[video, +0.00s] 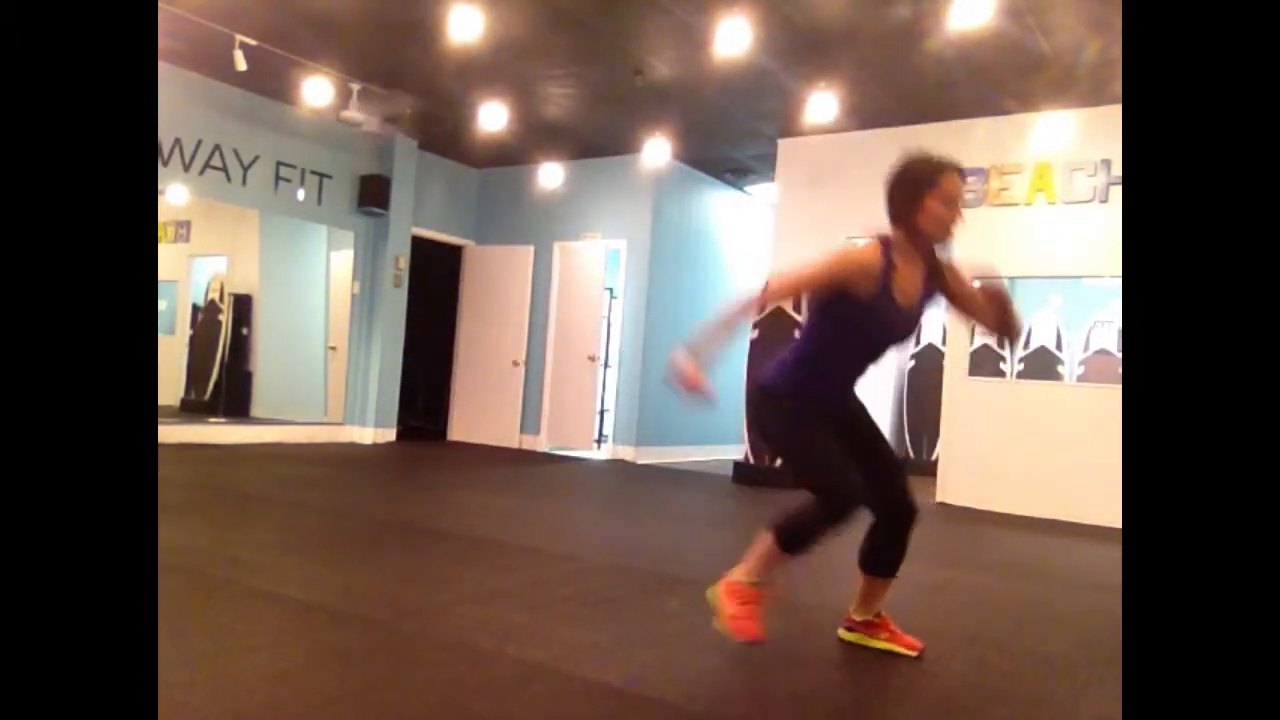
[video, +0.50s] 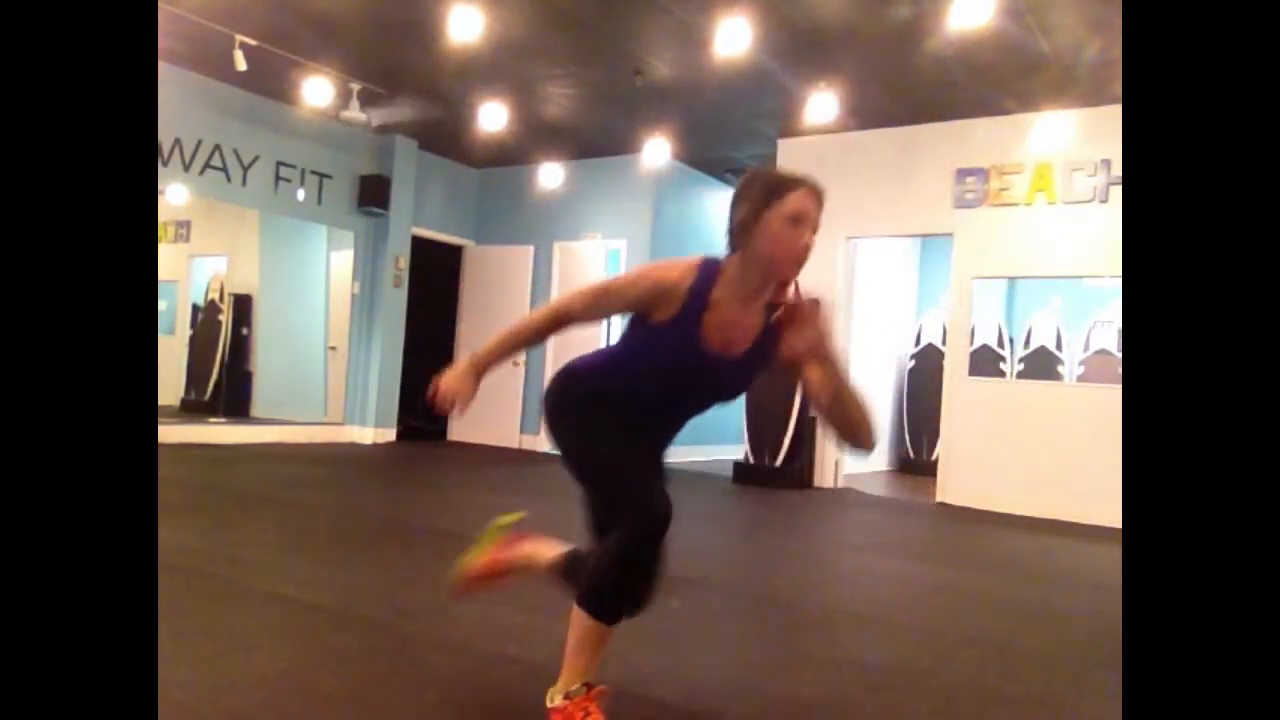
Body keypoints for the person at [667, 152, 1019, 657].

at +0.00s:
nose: (957, 215)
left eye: (959, 204)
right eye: (948, 202)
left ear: (931, 210)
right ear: (914, 204)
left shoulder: (935, 272)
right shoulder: (864, 261)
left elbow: (1001, 328)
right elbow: (767, 295)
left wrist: (998, 302)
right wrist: (697, 353)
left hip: (836, 398)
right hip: (785, 395)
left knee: (896, 506)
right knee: (840, 494)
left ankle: (864, 616)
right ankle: (739, 583)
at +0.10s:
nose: (938, 162)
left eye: (941, 150)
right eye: (929, 148)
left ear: (920, 160)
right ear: (891, 152)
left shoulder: (919, 225)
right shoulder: (838, 210)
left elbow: (1002, 279)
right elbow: (729, 235)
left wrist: (966, 240)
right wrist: (651, 281)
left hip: (805, 362)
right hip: (758, 352)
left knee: (838, 477)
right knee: (776, 458)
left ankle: (868, 607)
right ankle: (677, 583)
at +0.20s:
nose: (913, 140)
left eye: (918, 128)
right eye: (902, 124)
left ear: (911, 139)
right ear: (859, 127)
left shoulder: (891, 210)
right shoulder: (806, 183)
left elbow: (976, 268)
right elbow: (690, 200)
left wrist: (940, 219)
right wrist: (601, 246)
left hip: (773, 343)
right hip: (717, 328)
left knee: (800, 455)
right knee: (714, 451)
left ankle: (824, 574)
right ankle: (625, 608)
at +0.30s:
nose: (879, 152)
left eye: (883, 139)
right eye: (868, 137)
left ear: (873, 150)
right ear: (824, 143)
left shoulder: (854, 231)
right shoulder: (761, 195)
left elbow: (944, 300)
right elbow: (643, 212)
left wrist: (909, 238)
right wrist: (552, 255)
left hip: (725, 365)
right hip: (667, 347)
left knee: (765, 490)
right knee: (664, 479)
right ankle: (596, 668)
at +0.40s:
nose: (835, 198)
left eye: (842, 186)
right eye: (823, 182)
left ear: (844, 198)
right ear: (783, 183)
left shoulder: (815, 287)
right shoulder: (712, 244)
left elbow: (898, 366)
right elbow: (600, 264)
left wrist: (860, 301)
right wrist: (503, 305)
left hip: (678, 410)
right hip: (620, 383)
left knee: (697, 547)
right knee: (647, 518)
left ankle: (617, 528)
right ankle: (577, 687)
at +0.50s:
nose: (807, 239)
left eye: (813, 229)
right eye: (795, 222)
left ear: (812, 241)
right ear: (750, 222)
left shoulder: (791, 326)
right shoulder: (680, 282)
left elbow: (861, 437)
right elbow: (564, 312)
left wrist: (818, 358)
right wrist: (473, 367)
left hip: (644, 434)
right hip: (586, 402)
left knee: (625, 582)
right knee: (644, 517)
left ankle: (523, 549)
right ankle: (569, 692)